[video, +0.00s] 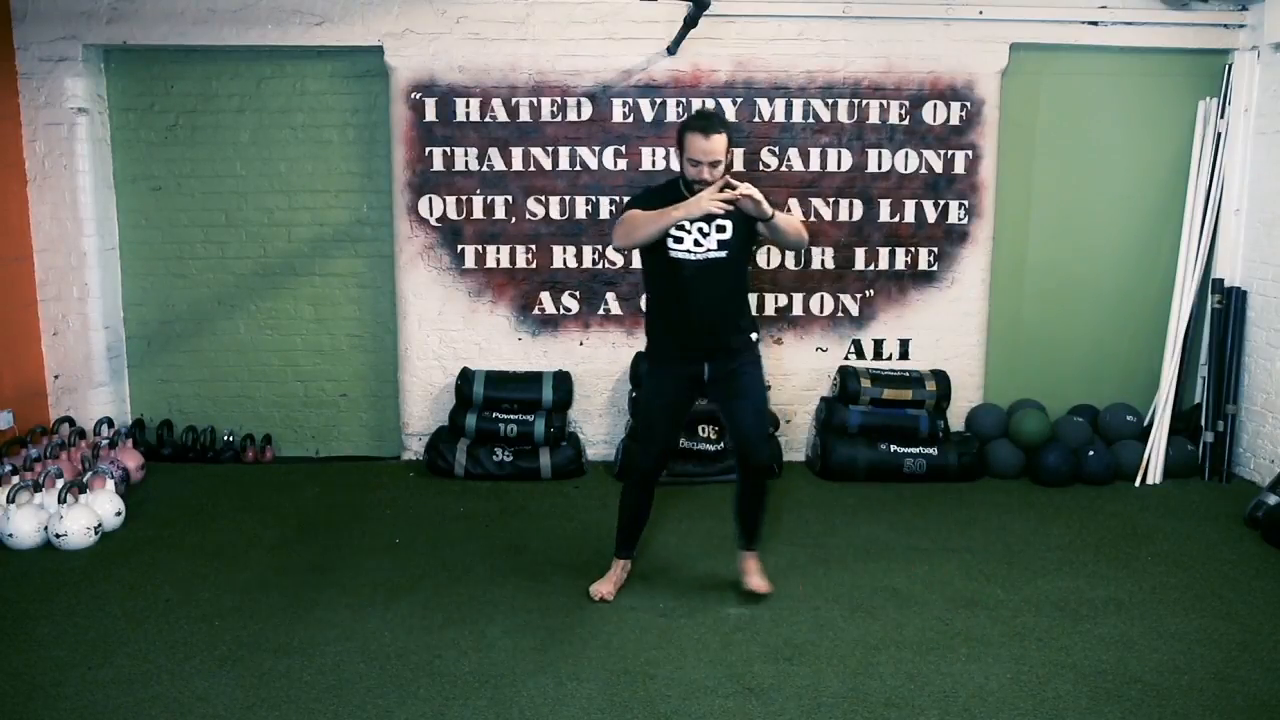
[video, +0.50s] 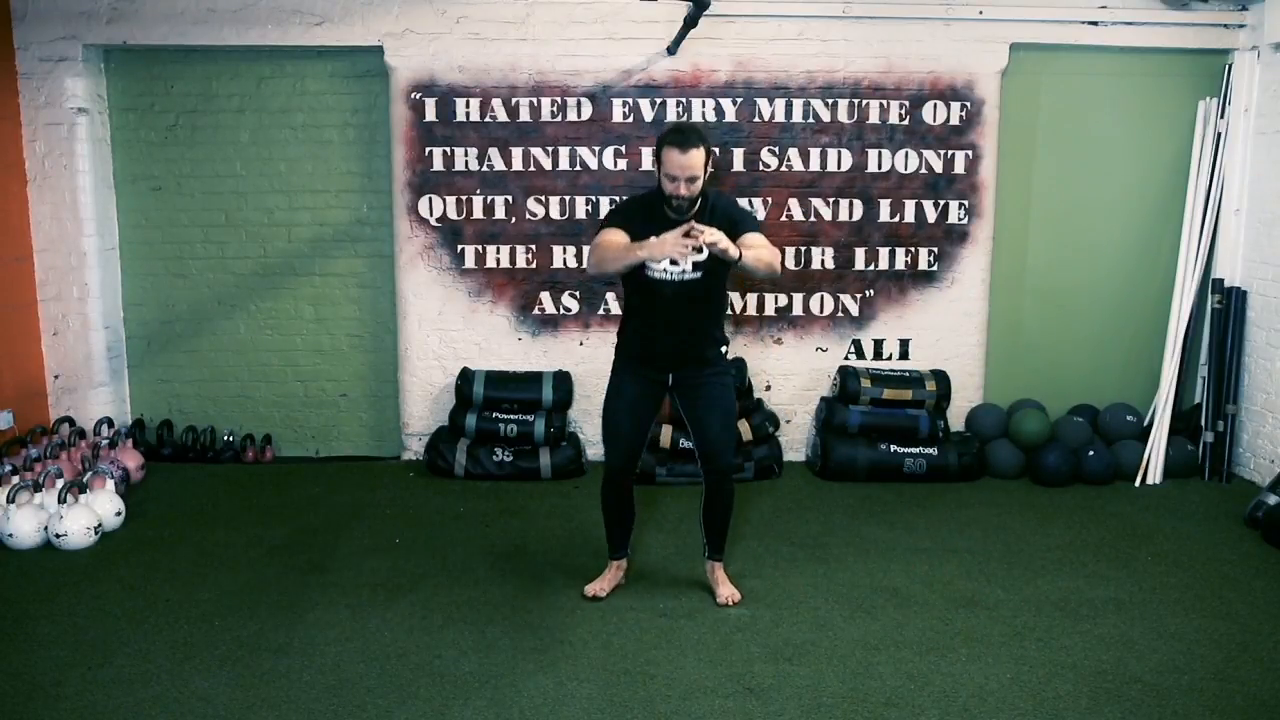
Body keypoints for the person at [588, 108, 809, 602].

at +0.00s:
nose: (703, 173)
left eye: (714, 164)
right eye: (695, 163)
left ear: (728, 158)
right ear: (680, 155)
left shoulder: (742, 200)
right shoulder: (656, 197)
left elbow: (799, 239)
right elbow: (623, 235)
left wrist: (766, 213)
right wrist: (691, 207)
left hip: (733, 352)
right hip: (669, 352)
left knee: (756, 449)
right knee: (644, 454)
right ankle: (622, 560)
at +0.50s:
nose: (680, 189)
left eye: (690, 179)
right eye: (671, 178)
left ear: (706, 170)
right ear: (658, 169)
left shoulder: (723, 210)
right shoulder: (638, 210)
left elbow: (773, 265)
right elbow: (597, 259)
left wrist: (731, 250)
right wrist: (651, 246)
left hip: (703, 362)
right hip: (638, 360)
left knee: (721, 464)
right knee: (618, 463)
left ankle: (715, 562)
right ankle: (617, 560)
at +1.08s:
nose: (667, 407)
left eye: (677, 397)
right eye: (657, 397)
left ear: (691, 381)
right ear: (641, 382)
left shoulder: (710, 404)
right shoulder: (624, 403)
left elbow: (757, 463)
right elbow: (589, 461)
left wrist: (726, 472)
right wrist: (639, 468)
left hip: (693, 495)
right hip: (638, 495)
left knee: (742, 494)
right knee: (590, 499)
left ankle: (713, 571)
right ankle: (616, 569)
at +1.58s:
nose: (674, 216)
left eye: (683, 206)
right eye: (665, 206)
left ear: (699, 199)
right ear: (652, 199)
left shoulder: (722, 239)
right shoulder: (631, 236)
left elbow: (765, 295)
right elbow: (591, 290)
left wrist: (724, 287)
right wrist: (641, 285)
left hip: (702, 367)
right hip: (638, 366)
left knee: (720, 466)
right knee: (618, 464)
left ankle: (714, 563)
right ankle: (618, 563)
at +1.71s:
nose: (679, 179)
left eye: (689, 169)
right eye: (670, 168)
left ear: (706, 162)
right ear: (657, 161)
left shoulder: (728, 206)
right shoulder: (638, 201)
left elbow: (768, 268)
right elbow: (593, 265)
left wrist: (721, 264)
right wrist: (640, 262)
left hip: (704, 356)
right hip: (640, 353)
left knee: (713, 458)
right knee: (625, 457)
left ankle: (714, 562)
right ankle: (616, 559)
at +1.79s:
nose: (681, 172)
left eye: (692, 161)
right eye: (672, 160)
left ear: (710, 154)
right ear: (658, 153)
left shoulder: (731, 203)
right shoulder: (637, 196)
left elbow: (768, 261)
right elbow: (594, 256)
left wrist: (719, 257)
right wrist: (636, 253)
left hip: (703, 353)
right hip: (639, 350)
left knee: (712, 458)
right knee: (618, 453)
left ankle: (715, 563)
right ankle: (600, 556)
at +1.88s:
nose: (680, 168)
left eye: (690, 159)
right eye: (672, 158)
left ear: (709, 154)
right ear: (660, 153)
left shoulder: (731, 203)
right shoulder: (640, 196)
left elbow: (765, 261)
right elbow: (590, 254)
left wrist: (716, 255)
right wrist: (632, 248)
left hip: (700, 356)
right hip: (635, 351)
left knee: (709, 460)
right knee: (603, 451)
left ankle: (714, 562)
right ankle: (568, 551)